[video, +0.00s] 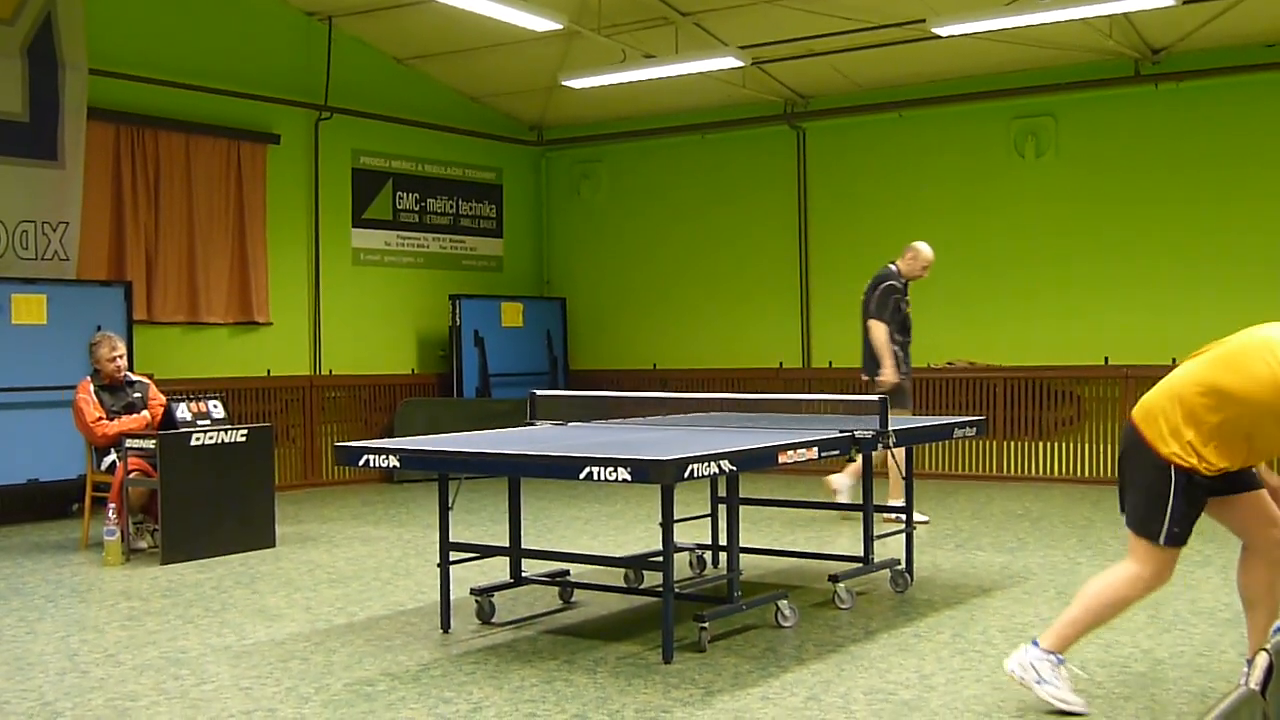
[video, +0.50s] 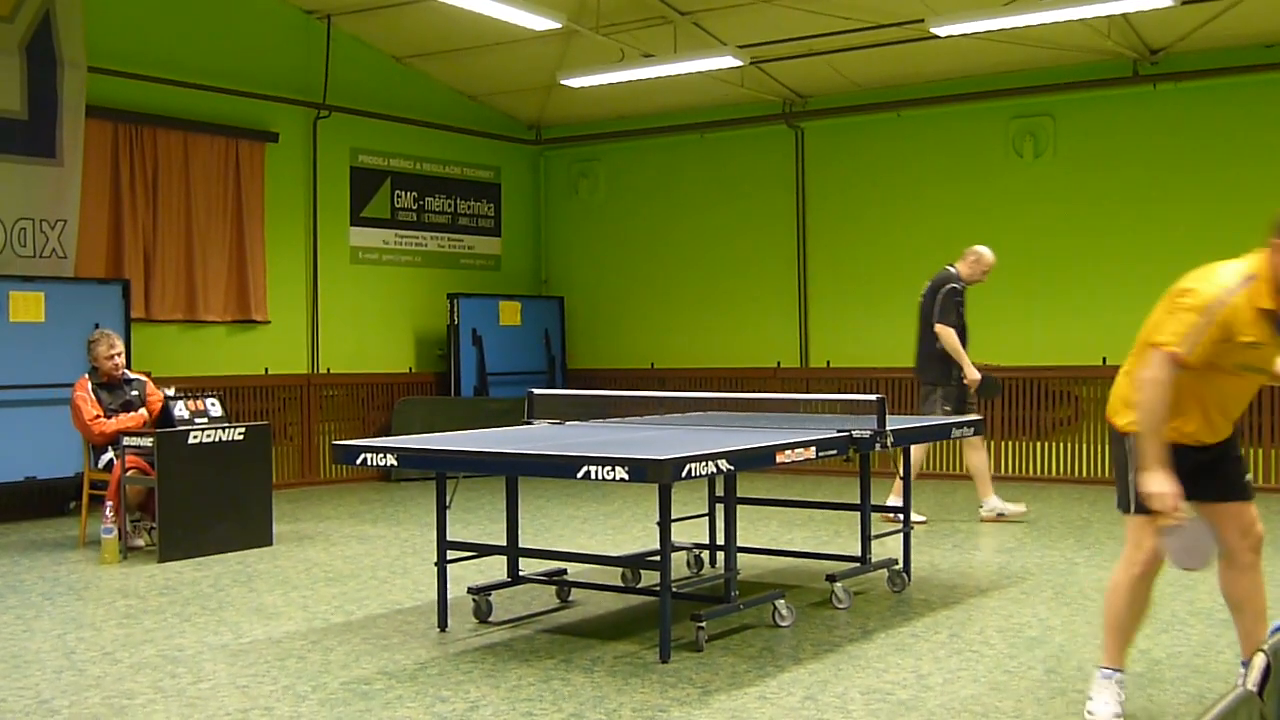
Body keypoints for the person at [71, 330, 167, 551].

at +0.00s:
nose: (120, 364)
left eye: (122, 357)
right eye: (112, 360)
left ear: (127, 357)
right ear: (97, 364)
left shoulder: (143, 383)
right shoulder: (86, 390)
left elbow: (163, 417)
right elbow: (98, 433)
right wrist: (143, 419)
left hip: (153, 449)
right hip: (116, 452)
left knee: (175, 472)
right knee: (139, 479)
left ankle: (150, 523)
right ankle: (132, 521)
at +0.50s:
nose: (118, 362)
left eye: (120, 355)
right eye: (110, 358)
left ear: (125, 354)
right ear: (95, 361)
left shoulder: (141, 381)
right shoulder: (84, 389)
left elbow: (162, 413)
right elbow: (96, 431)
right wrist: (139, 418)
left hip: (149, 447)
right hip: (113, 450)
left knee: (172, 471)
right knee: (136, 477)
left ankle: (147, 521)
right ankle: (129, 520)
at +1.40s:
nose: (119, 357)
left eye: (123, 352)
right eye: (112, 351)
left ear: (128, 355)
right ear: (96, 355)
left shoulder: (133, 381)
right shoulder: (84, 385)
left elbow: (162, 412)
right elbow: (98, 427)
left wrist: (135, 378)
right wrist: (143, 415)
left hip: (146, 446)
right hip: (112, 449)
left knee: (172, 470)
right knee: (135, 476)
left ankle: (152, 521)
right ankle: (130, 520)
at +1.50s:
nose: (120, 357)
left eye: (123, 352)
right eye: (113, 351)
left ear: (128, 355)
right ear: (96, 355)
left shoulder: (133, 381)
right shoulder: (84, 385)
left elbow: (162, 413)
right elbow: (98, 427)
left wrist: (136, 379)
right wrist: (142, 415)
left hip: (147, 446)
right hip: (112, 449)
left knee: (172, 469)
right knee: (135, 475)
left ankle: (152, 521)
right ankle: (129, 521)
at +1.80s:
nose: (122, 357)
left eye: (125, 352)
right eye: (116, 351)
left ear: (130, 354)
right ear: (99, 354)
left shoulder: (136, 380)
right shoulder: (85, 384)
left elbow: (161, 412)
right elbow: (98, 426)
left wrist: (137, 381)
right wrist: (142, 415)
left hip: (146, 445)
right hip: (112, 447)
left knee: (170, 468)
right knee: (135, 473)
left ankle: (151, 520)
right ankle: (130, 520)